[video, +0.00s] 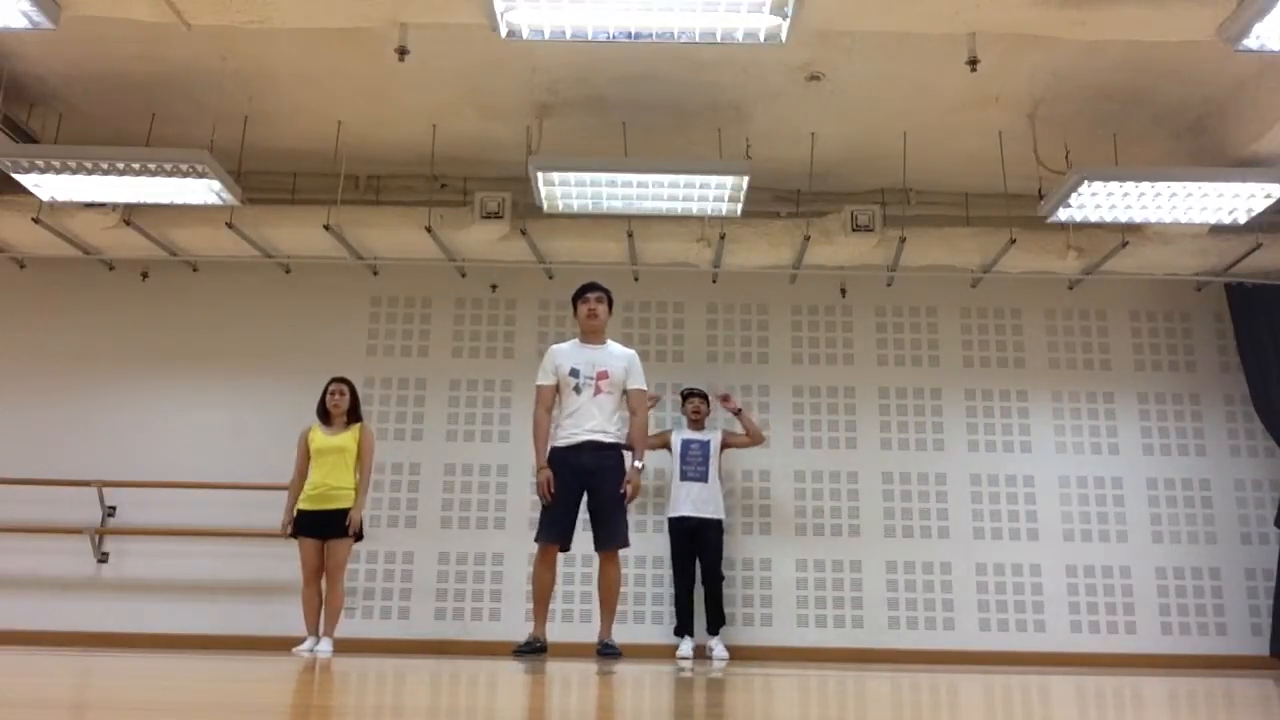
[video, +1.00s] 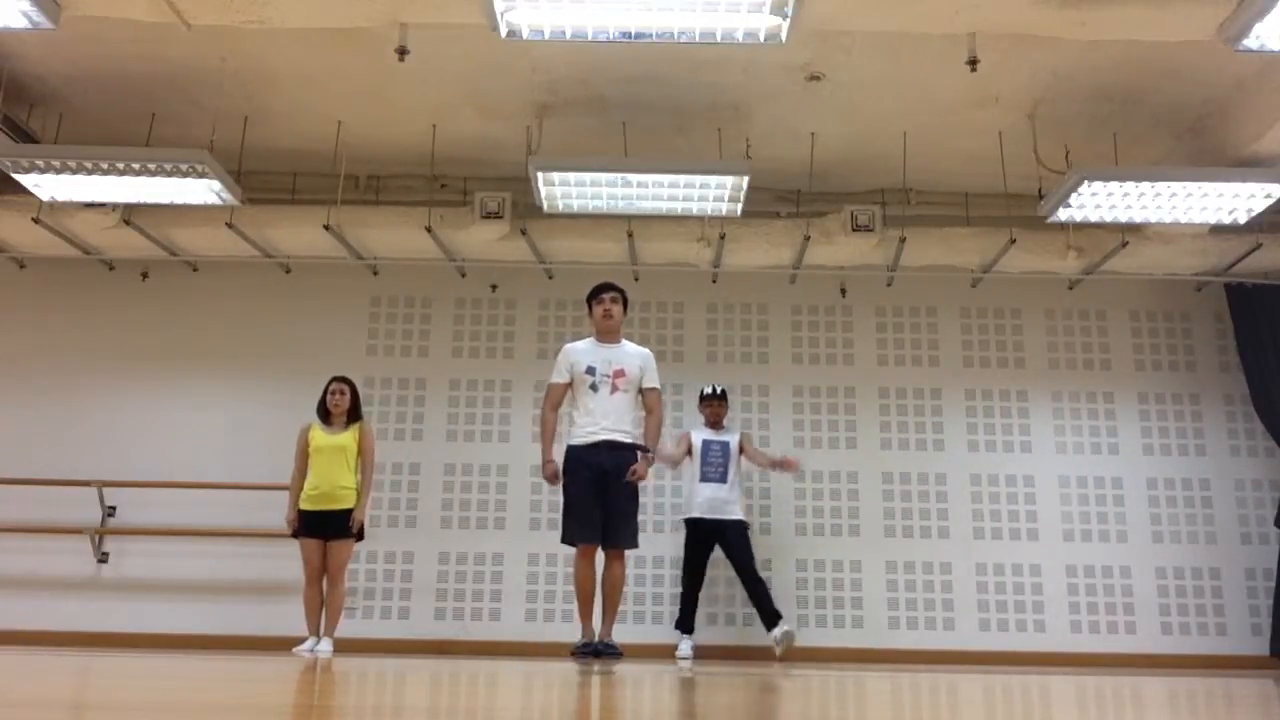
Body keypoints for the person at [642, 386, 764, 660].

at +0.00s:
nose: (695, 407)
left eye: (700, 404)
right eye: (691, 404)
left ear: (708, 409)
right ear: (683, 410)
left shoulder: (718, 437)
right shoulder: (672, 436)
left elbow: (756, 438)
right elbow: (636, 443)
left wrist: (736, 410)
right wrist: (643, 410)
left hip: (710, 516)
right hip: (680, 516)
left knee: (713, 578)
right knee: (683, 580)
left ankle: (714, 638)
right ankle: (685, 639)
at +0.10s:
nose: (694, 408)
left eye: (699, 404)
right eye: (689, 404)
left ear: (706, 409)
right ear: (682, 410)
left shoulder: (717, 438)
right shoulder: (671, 436)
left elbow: (754, 450)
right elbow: (642, 453)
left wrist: (745, 420)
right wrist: (631, 430)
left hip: (709, 518)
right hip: (679, 517)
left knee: (712, 579)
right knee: (683, 581)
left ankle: (714, 638)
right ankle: (685, 639)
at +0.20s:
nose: (693, 409)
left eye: (698, 405)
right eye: (688, 405)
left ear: (706, 410)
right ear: (681, 411)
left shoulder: (717, 442)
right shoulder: (669, 441)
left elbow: (741, 467)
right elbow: (650, 466)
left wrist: (753, 448)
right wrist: (639, 471)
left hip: (708, 520)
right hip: (678, 518)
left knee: (710, 579)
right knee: (682, 581)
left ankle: (713, 637)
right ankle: (685, 639)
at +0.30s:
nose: (693, 410)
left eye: (698, 406)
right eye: (688, 406)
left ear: (705, 411)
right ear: (681, 411)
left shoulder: (717, 443)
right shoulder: (669, 441)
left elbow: (727, 478)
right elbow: (654, 476)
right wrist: (639, 491)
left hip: (707, 520)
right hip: (677, 518)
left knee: (709, 579)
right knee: (681, 581)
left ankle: (712, 636)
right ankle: (685, 638)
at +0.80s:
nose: (701, 414)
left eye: (706, 409)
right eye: (696, 409)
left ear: (713, 411)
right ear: (687, 411)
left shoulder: (725, 442)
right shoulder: (676, 442)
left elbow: (739, 480)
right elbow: (659, 476)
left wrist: (754, 511)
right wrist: (643, 504)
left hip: (715, 520)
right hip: (683, 520)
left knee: (730, 573)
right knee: (684, 582)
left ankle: (753, 629)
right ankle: (685, 638)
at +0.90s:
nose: (707, 414)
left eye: (712, 409)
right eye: (702, 409)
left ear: (719, 410)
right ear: (693, 411)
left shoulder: (732, 441)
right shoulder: (682, 439)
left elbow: (753, 472)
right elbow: (660, 468)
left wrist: (780, 497)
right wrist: (643, 480)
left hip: (721, 521)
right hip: (689, 520)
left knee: (739, 572)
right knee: (687, 582)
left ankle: (768, 627)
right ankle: (685, 638)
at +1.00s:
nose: (715, 412)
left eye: (719, 406)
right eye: (710, 406)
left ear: (727, 409)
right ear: (700, 409)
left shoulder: (737, 439)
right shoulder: (690, 437)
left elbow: (759, 458)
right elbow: (673, 458)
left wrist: (779, 463)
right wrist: (655, 451)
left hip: (731, 519)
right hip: (699, 518)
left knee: (749, 574)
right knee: (692, 581)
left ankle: (777, 629)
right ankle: (685, 638)